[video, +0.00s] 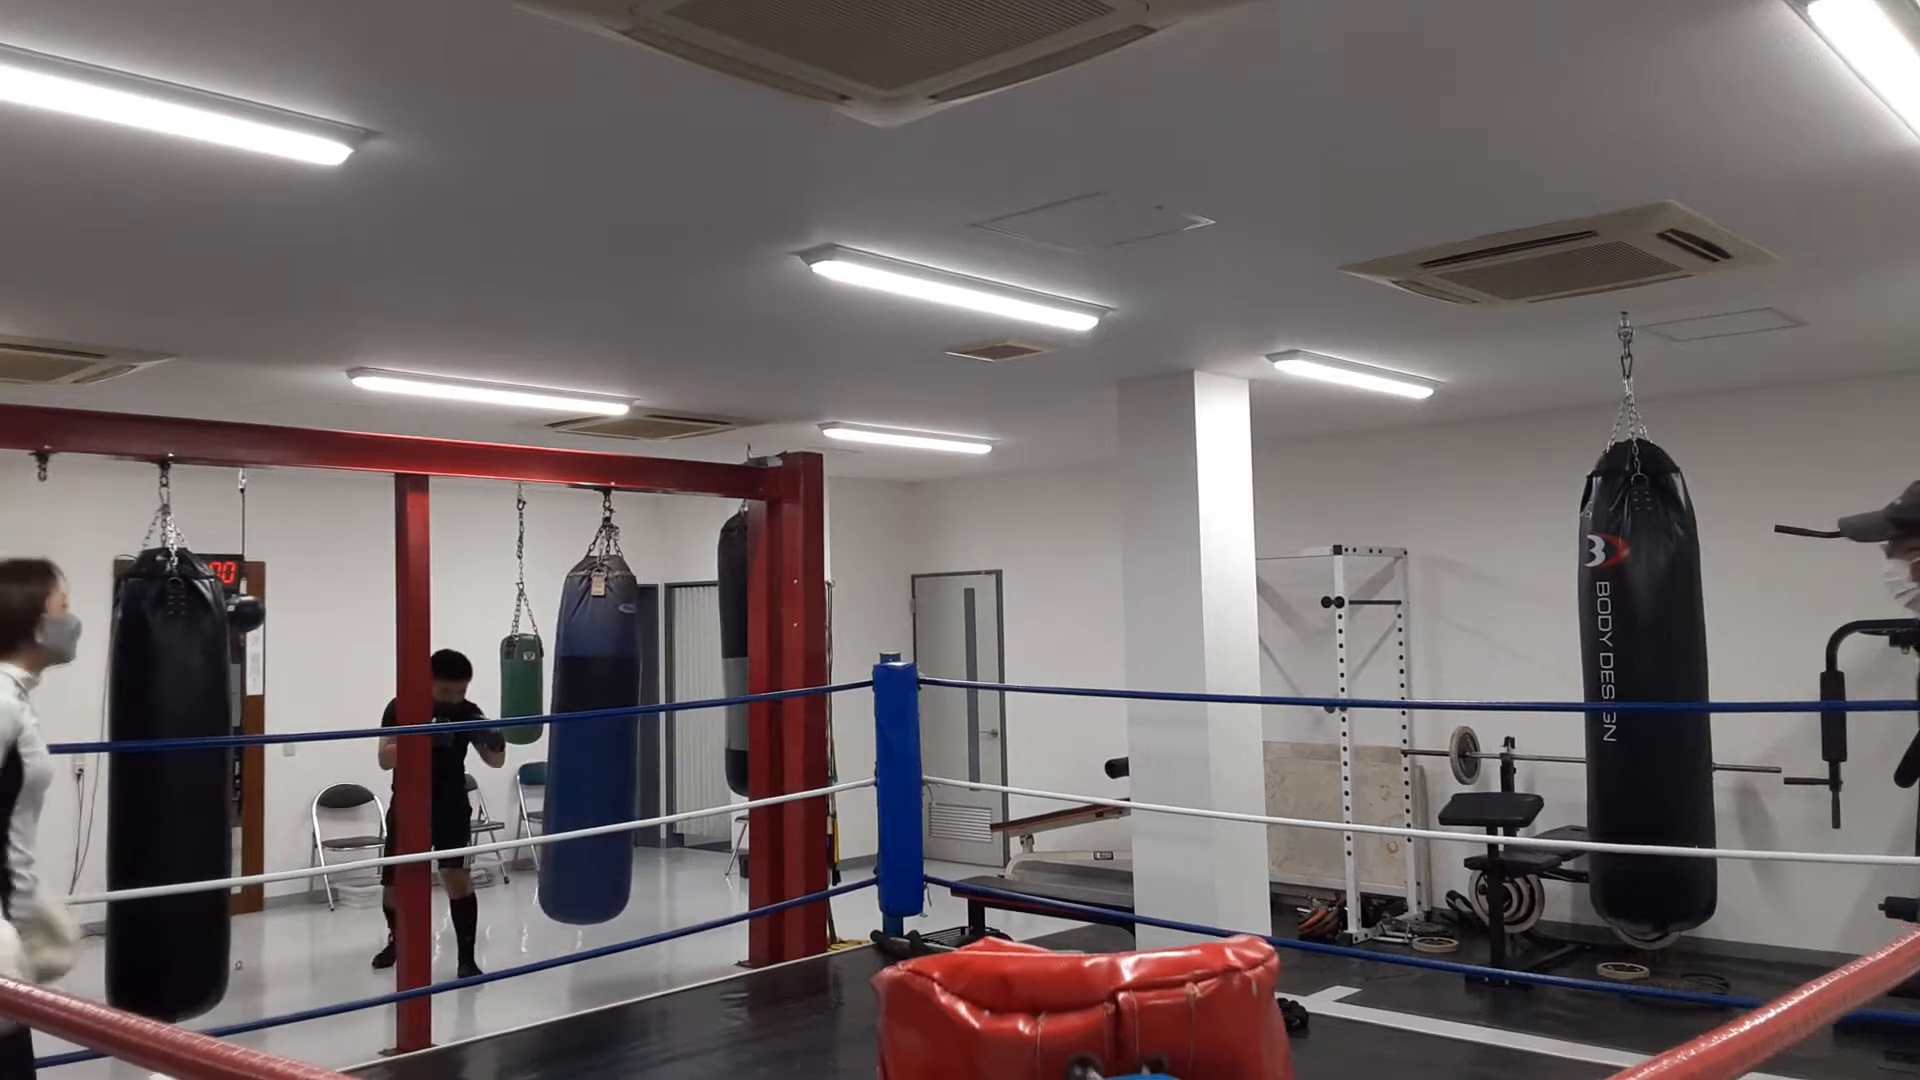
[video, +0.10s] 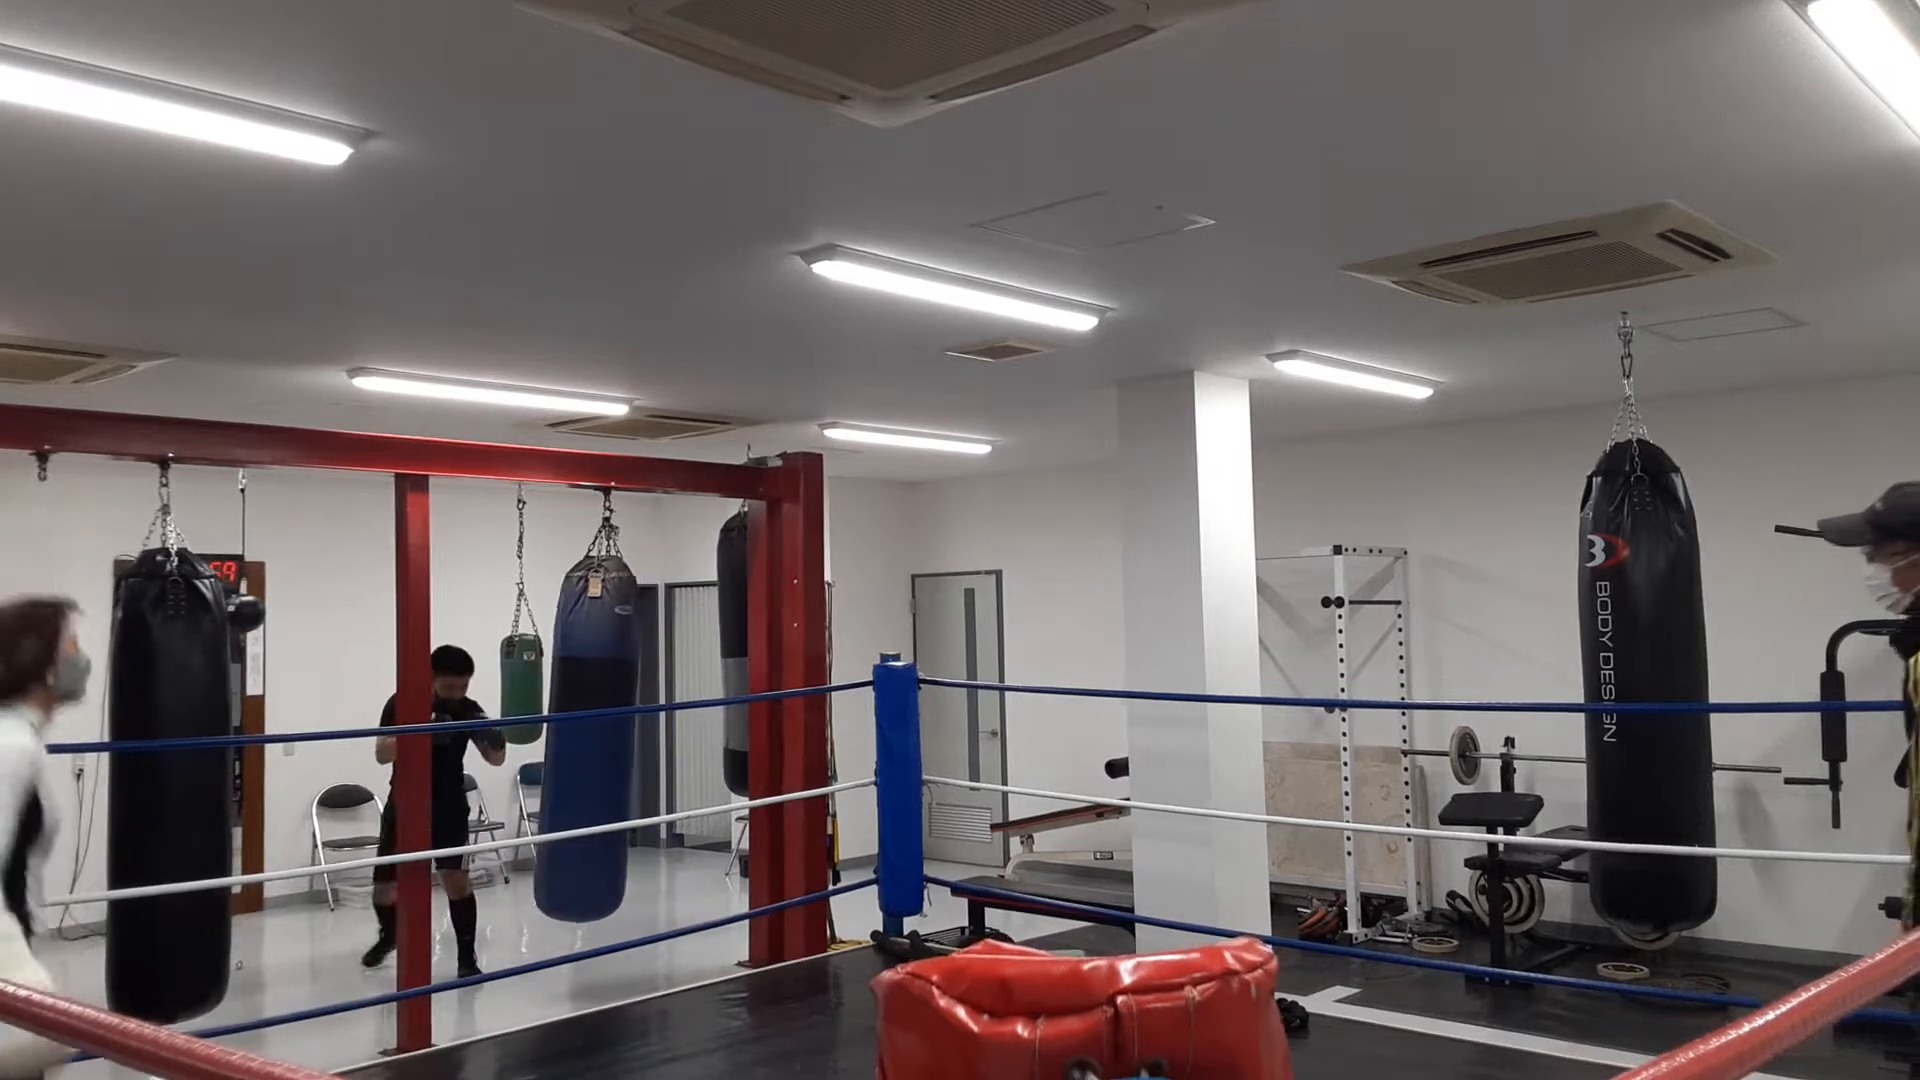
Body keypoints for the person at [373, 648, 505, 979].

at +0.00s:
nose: (453, 698)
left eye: (459, 691)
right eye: (447, 691)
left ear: (466, 686)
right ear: (430, 683)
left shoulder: (468, 713)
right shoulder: (401, 709)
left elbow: (496, 760)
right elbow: (385, 759)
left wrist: (491, 735)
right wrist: (418, 740)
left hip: (450, 805)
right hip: (406, 805)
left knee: (457, 877)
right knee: (392, 882)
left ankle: (466, 960)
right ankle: (395, 941)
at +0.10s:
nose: (456, 694)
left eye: (462, 687)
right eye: (448, 687)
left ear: (468, 683)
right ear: (432, 680)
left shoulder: (468, 710)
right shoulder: (402, 704)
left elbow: (496, 757)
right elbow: (382, 754)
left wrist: (487, 731)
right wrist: (419, 731)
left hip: (448, 803)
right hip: (404, 803)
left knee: (455, 878)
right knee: (384, 883)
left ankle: (466, 958)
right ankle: (389, 935)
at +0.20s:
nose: (452, 685)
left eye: (457, 678)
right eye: (446, 678)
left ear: (462, 675)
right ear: (427, 672)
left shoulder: (463, 705)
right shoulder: (397, 700)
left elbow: (498, 748)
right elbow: (377, 748)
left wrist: (491, 726)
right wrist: (408, 724)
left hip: (443, 801)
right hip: (398, 800)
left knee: (453, 876)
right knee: (374, 875)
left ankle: (467, 961)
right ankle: (360, 946)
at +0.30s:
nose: (438, 681)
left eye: (443, 675)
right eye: (432, 674)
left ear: (449, 674)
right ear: (414, 671)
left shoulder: (455, 705)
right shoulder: (386, 700)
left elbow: (495, 738)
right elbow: (373, 746)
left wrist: (485, 715)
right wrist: (396, 722)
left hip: (436, 805)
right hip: (389, 804)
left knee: (449, 879)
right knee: (359, 877)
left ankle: (467, 963)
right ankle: (328, 955)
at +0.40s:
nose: (411, 682)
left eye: (419, 674)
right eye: (404, 673)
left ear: (430, 674)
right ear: (392, 672)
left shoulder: (438, 707)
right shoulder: (370, 708)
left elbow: (485, 740)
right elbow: (368, 753)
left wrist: (474, 726)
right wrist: (394, 720)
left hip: (424, 812)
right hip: (376, 811)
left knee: (443, 882)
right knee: (345, 884)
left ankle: (465, 961)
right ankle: (313, 961)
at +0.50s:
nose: (406, 683)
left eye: (409, 676)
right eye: (399, 677)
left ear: (413, 679)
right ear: (382, 678)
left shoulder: (419, 710)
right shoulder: (355, 714)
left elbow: (465, 745)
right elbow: (354, 759)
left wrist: (451, 731)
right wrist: (388, 729)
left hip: (412, 817)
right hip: (365, 819)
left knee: (437, 885)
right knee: (337, 892)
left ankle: (463, 961)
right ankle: (312, 965)